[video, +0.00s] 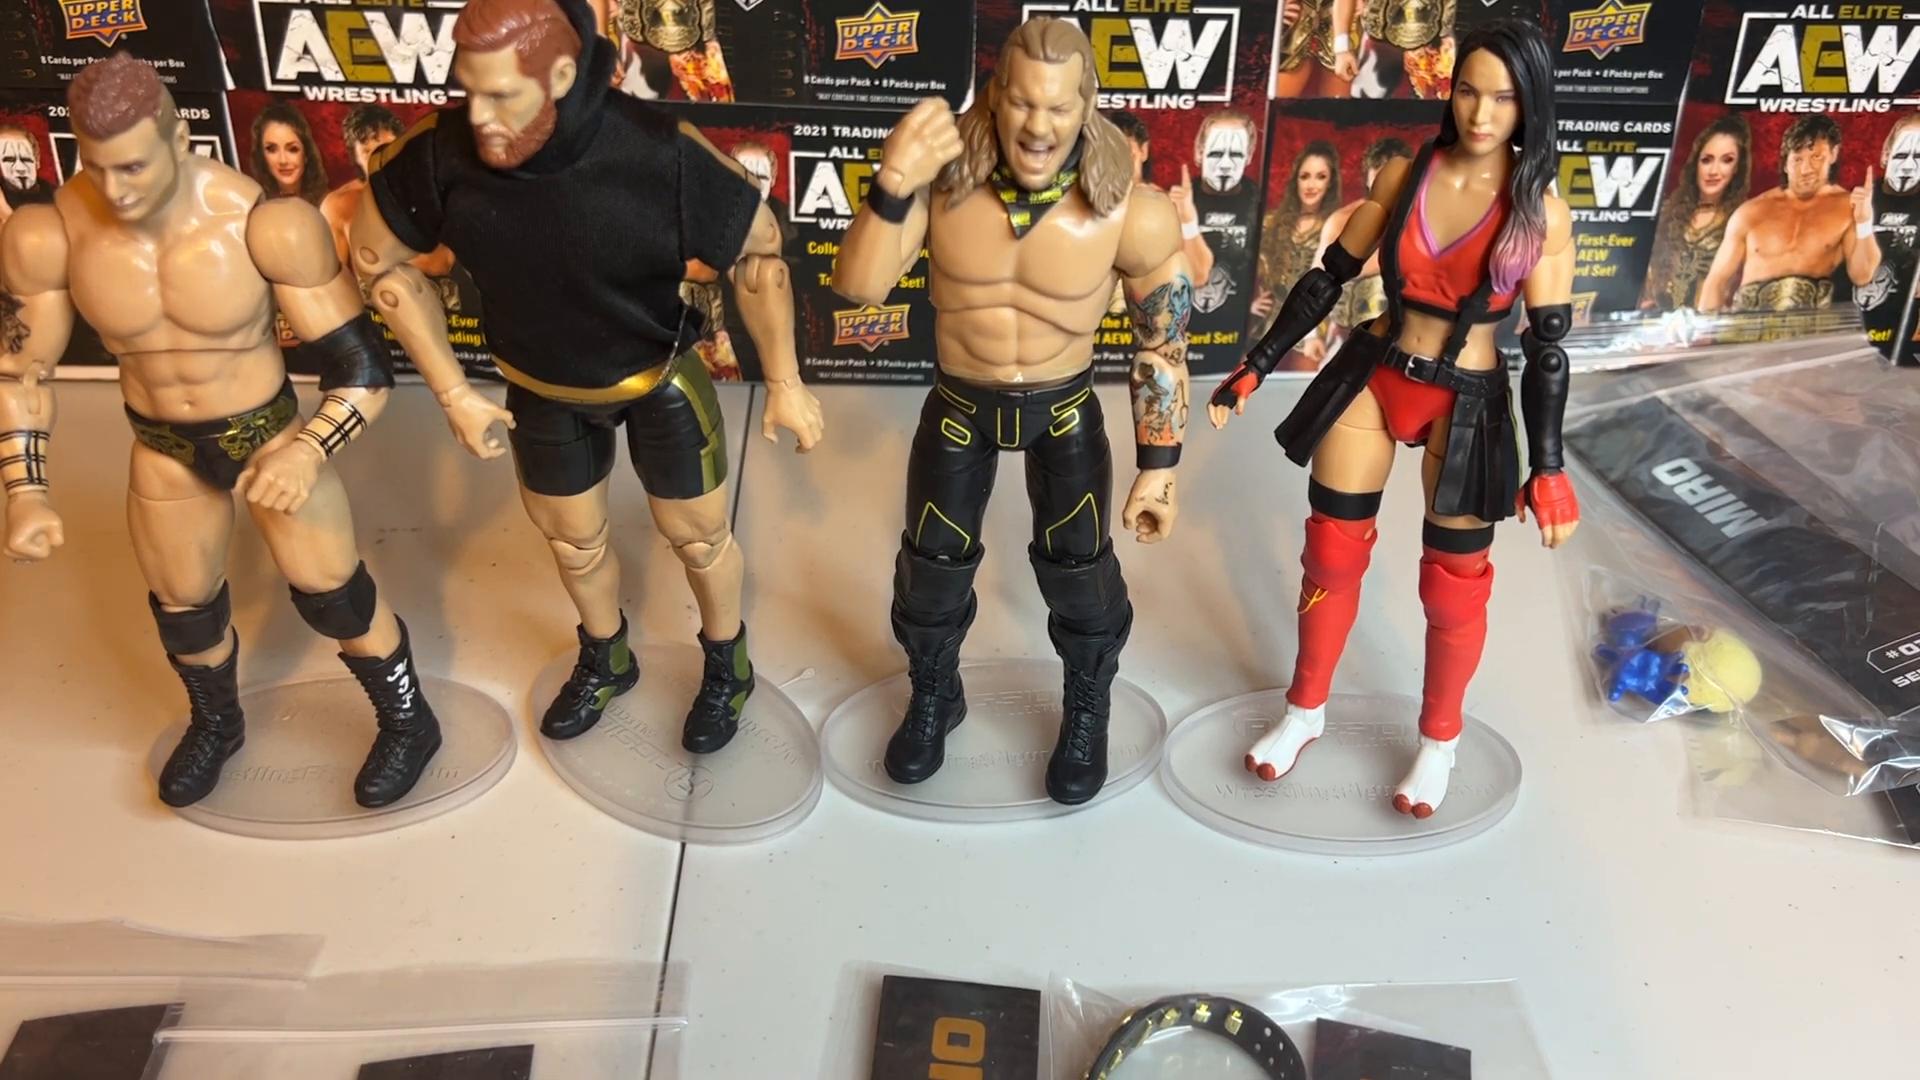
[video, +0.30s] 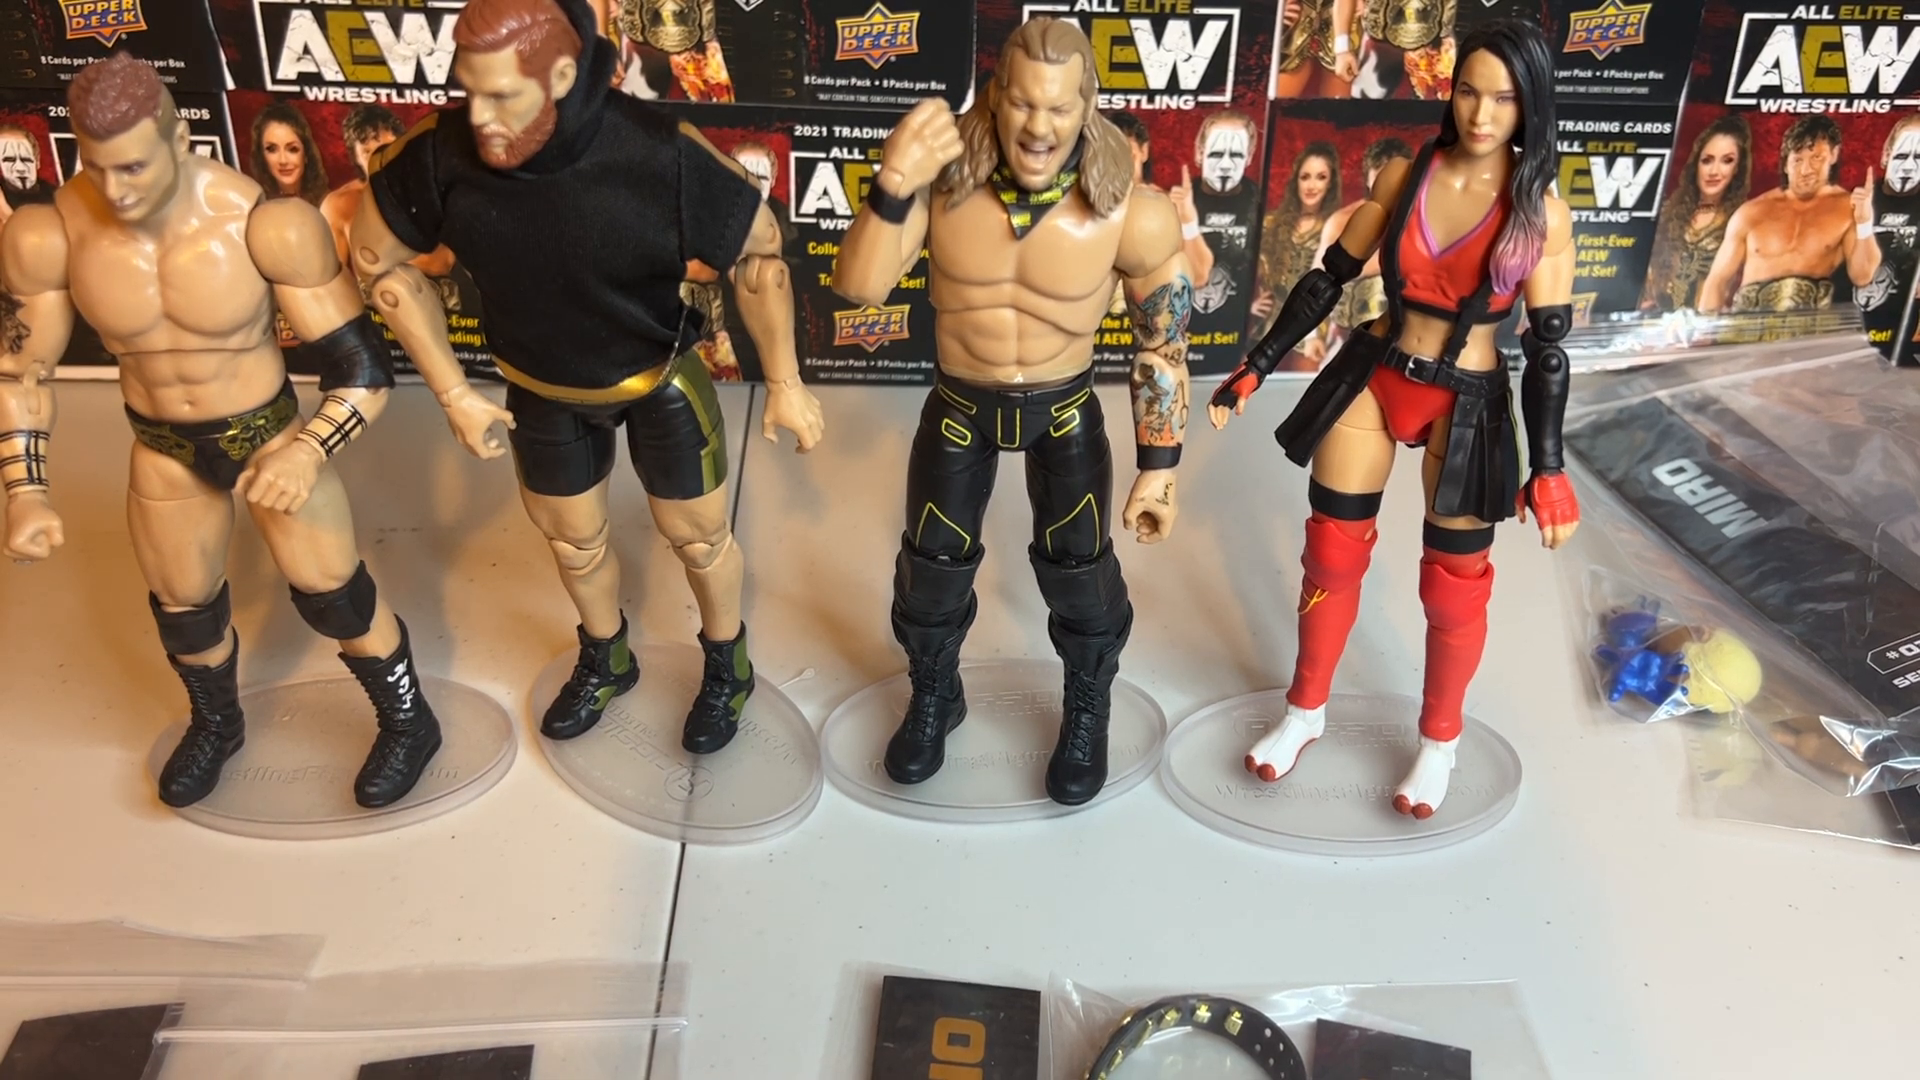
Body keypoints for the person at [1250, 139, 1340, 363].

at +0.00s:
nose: (1311, 185)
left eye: (1321, 177)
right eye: (1304, 176)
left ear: (1331, 182)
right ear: (1295, 180)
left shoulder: (1338, 229)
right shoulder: (1270, 224)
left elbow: (1336, 286)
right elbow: (1253, 273)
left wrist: (1321, 335)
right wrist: (1252, 301)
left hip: (1311, 333)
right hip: (1268, 328)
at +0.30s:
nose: (1312, 185)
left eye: (1321, 177)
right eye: (1305, 177)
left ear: (1331, 183)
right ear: (1295, 181)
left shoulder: (1338, 229)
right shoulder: (1270, 225)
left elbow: (1336, 287)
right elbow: (1254, 275)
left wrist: (1321, 335)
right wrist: (1253, 302)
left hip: (1312, 334)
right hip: (1269, 329)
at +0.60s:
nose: (1312, 186)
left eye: (1321, 178)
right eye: (1305, 177)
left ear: (1332, 183)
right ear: (1295, 181)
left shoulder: (1338, 229)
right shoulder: (1271, 224)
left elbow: (1337, 285)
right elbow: (1255, 273)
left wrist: (1322, 336)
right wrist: (1253, 302)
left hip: (1313, 332)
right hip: (1269, 327)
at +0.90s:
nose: (1312, 186)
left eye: (1321, 178)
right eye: (1305, 177)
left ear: (1332, 183)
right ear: (1296, 181)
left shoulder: (1338, 229)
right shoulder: (1271, 224)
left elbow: (1337, 286)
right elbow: (1254, 274)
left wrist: (1323, 336)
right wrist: (1253, 303)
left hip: (1313, 334)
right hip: (1269, 328)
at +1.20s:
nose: (1312, 185)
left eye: (1321, 177)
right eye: (1305, 177)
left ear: (1332, 183)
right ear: (1295, 181)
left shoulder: (1338, 230)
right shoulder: (1271, 224)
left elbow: (1337, 286)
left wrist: (1320, 335)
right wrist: (1251, 302)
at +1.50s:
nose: (1312, 185)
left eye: (1321, 177)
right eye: (1305, 177)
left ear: (1332, 182)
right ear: (1295, 180)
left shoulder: (1338, 229)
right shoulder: (1270, 225)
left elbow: (1338, 287)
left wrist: (1320, 334)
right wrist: (1251, 301)